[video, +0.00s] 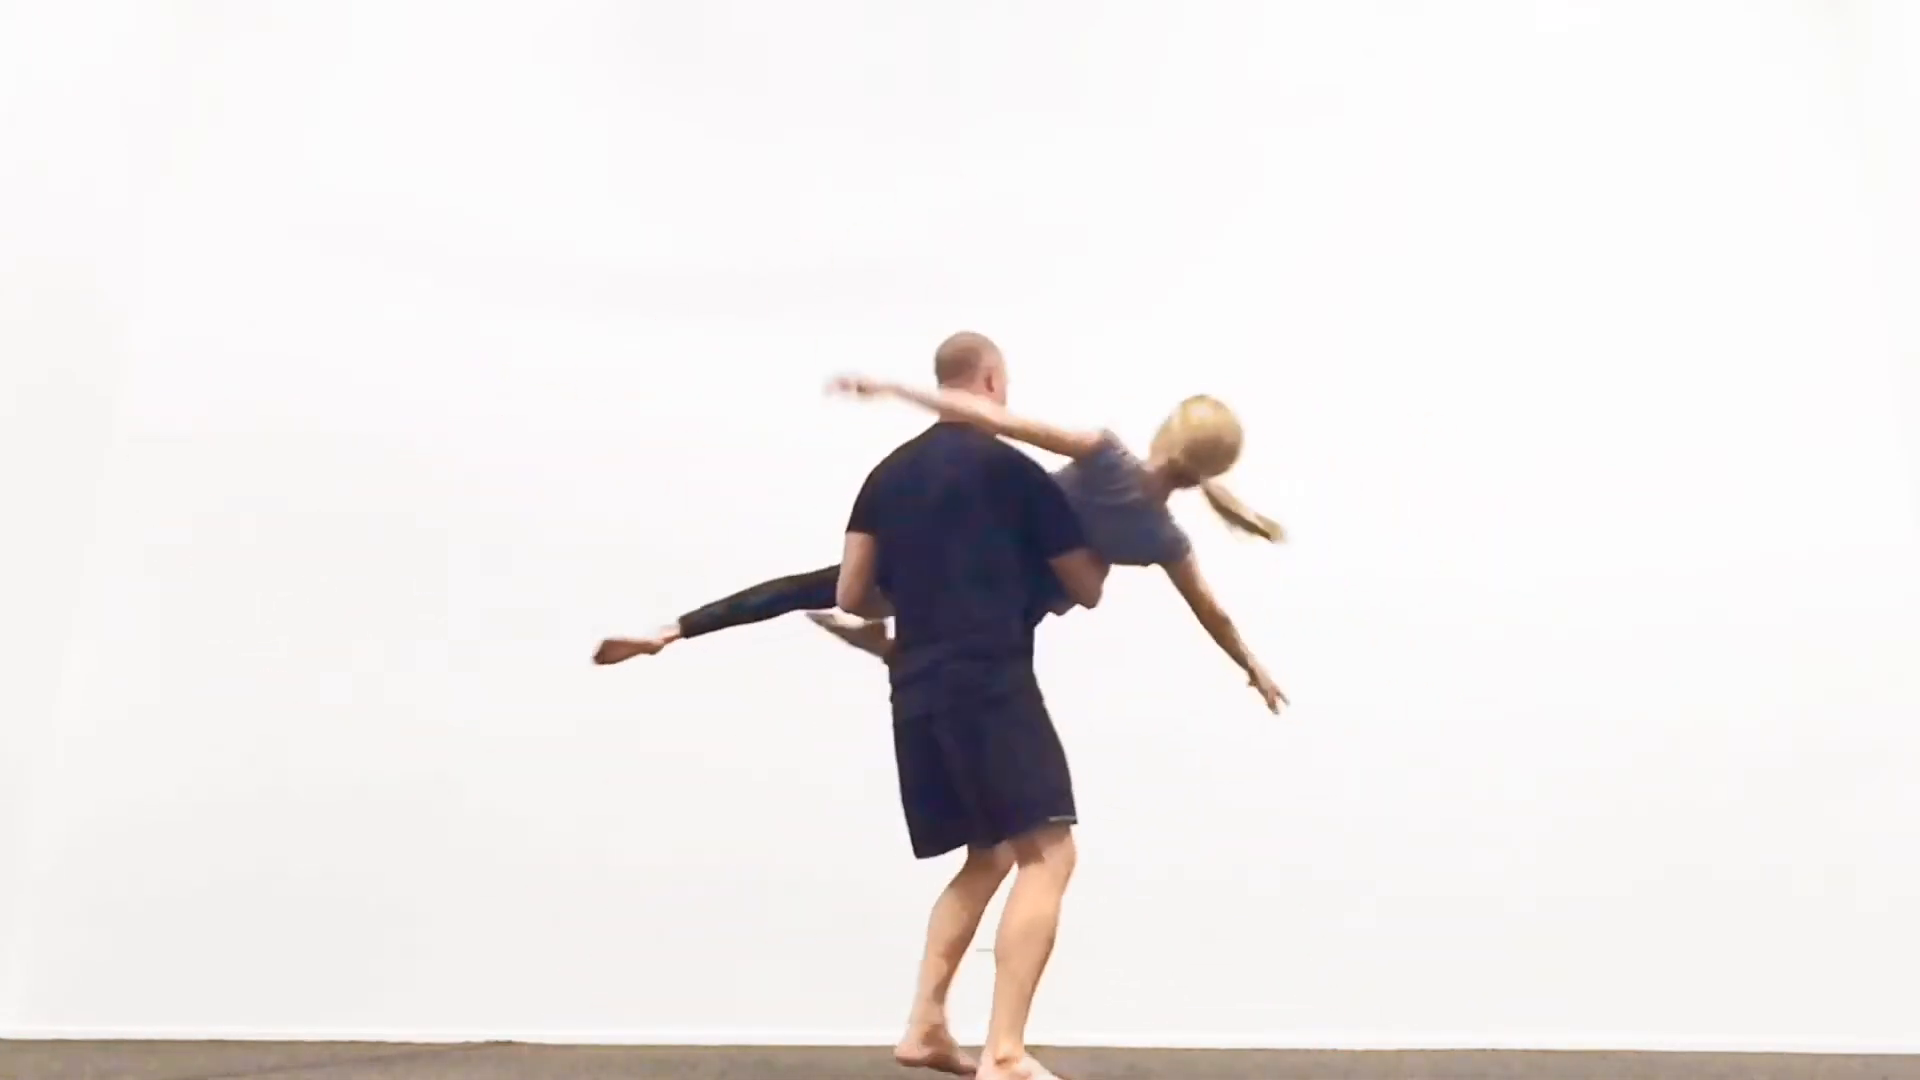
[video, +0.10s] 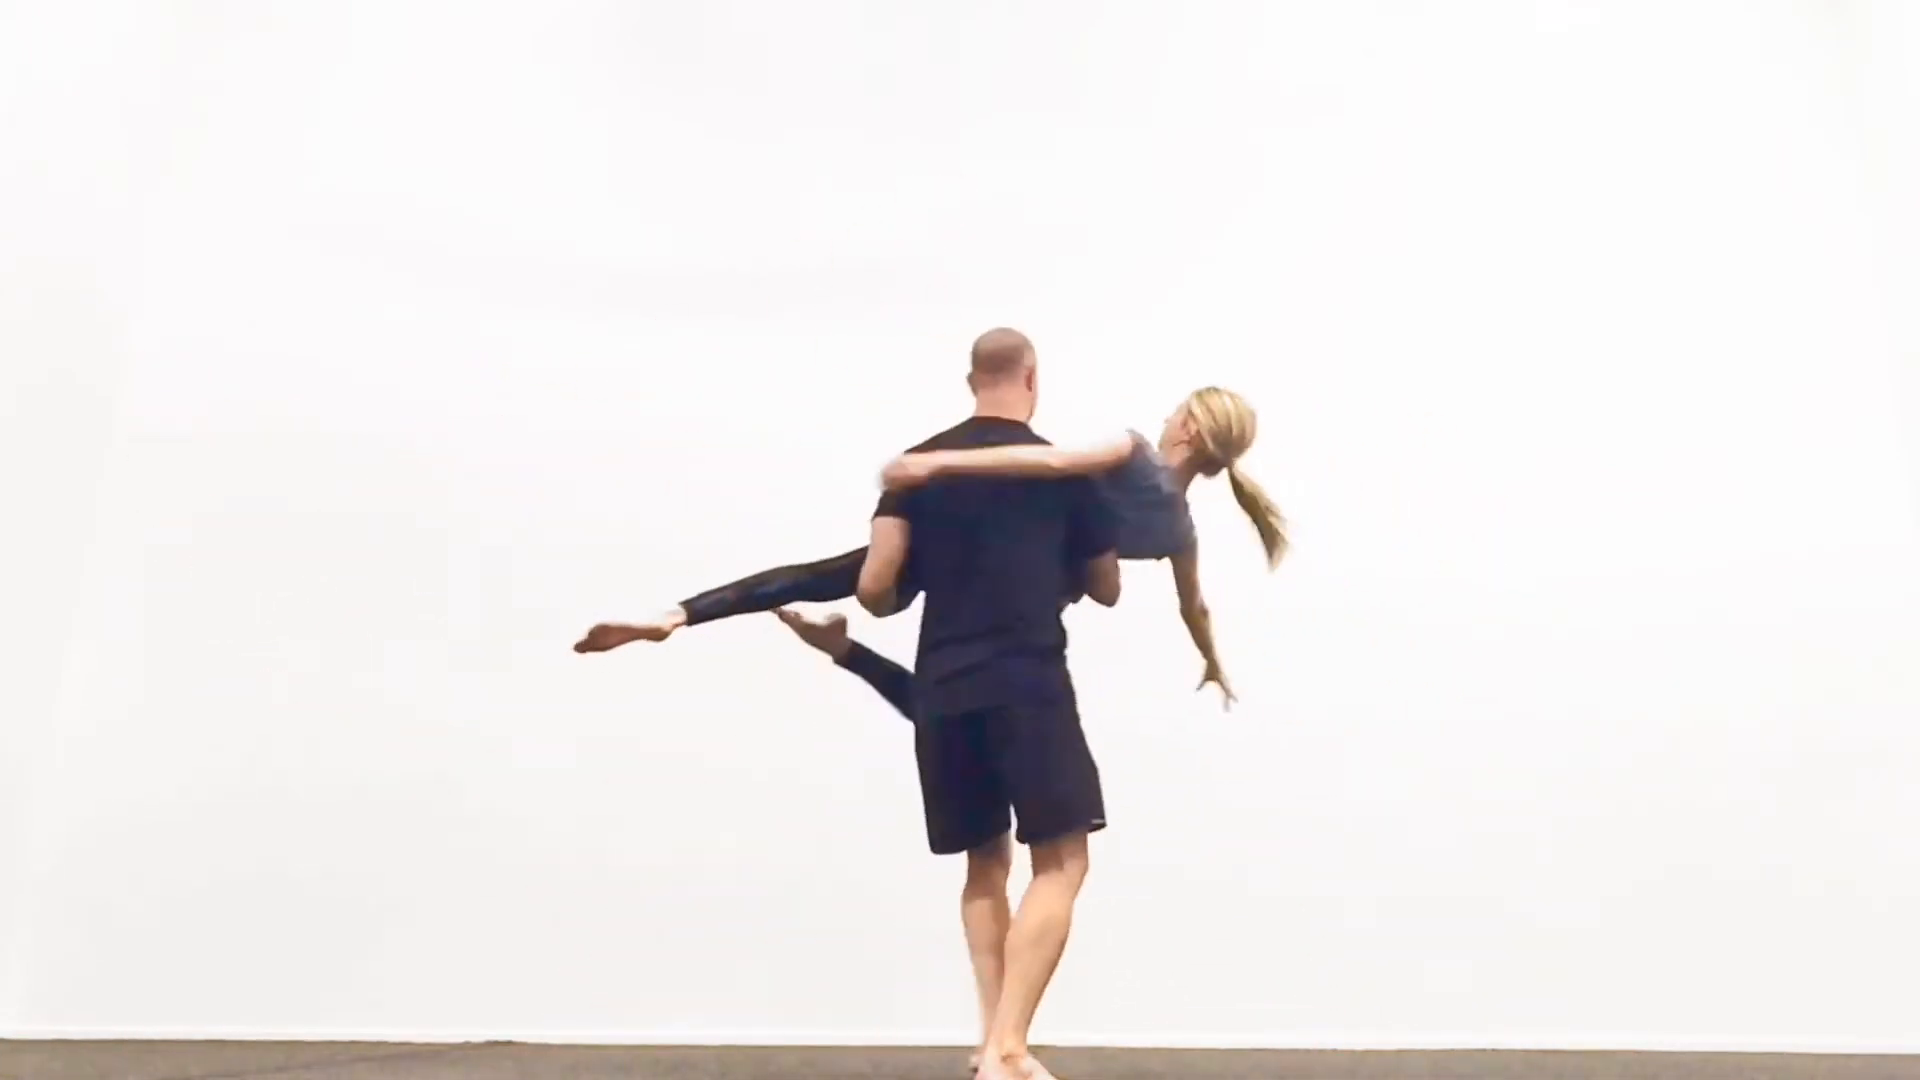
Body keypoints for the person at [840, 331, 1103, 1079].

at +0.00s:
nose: (1007, 395)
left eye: (998, 383)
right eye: (1005, 384)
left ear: (936, 380)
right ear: (993, 382)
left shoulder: (885, 475)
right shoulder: (1010, 466)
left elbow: (857, 596)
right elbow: (1087, 588)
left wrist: (924, 588)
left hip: (919, 692)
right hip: (993, 685)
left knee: (986, 855)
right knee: (1050, 854)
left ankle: (926, 1025)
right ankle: (1004, 1051)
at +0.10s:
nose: (1037, 389)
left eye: (1024, 376)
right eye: (1036, 377)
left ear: (967, 379)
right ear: (1032, 377)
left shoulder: (914, 463)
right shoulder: (1064, 465)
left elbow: (876, 592)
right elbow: (1107, 588)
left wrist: (925, 558)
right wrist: (1056, 543)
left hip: (945, 694)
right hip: (1029, 686)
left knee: (985, 866)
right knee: (1061, 865)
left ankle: (997, 1046)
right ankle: (1005, 1048)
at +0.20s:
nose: (1063, 392)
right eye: (1067, 382)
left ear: (1000, 378)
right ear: (1065, 384)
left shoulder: (960, 456)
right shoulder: (1104, 470)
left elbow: (917, 571)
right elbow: (1112, 593)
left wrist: (876, 595)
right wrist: (1052, 551)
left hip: (975, 699)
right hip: (1065, 695)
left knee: (995, 875)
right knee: (1068, 870)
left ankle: (1050, 1052)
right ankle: (1009, 1048)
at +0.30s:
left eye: (1030, 390)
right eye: (1096, 392)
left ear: (1030, 387)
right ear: (1096, 392)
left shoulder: (1003, 460)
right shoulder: (1122, 477)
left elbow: (974, 561)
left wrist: (891, 588)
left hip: (1000, 697)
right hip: (1086, 699)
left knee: (994, 870)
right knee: (1076, 867)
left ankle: (1042, 1049)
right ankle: (1039, 1013)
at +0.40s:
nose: (1046, 402)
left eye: (1048, 391)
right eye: (1052, 392)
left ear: (1057, 390)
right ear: (1112, 402)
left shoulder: (1048, 457)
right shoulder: (1124, 483)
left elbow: (1037, 558)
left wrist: (945, 570)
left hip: (1028, 694)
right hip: (1099, 701)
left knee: (997, 866)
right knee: (1053, 852)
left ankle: (1045, 1050)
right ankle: (1093, 990)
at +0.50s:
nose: (1043, 410)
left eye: (1049, 397)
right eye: (1047, 399)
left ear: (1074, 396)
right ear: (1102, 401)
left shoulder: (1088, 471)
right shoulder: (1093, 472)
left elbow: (1089, 577)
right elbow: (1036, 548)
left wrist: (979, 577)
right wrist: (960, 541)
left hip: (1054, 689)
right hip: (1071, 691)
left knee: (1001, 862)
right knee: (1010, 859)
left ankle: (1047, 1050)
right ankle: (1074, 1022)